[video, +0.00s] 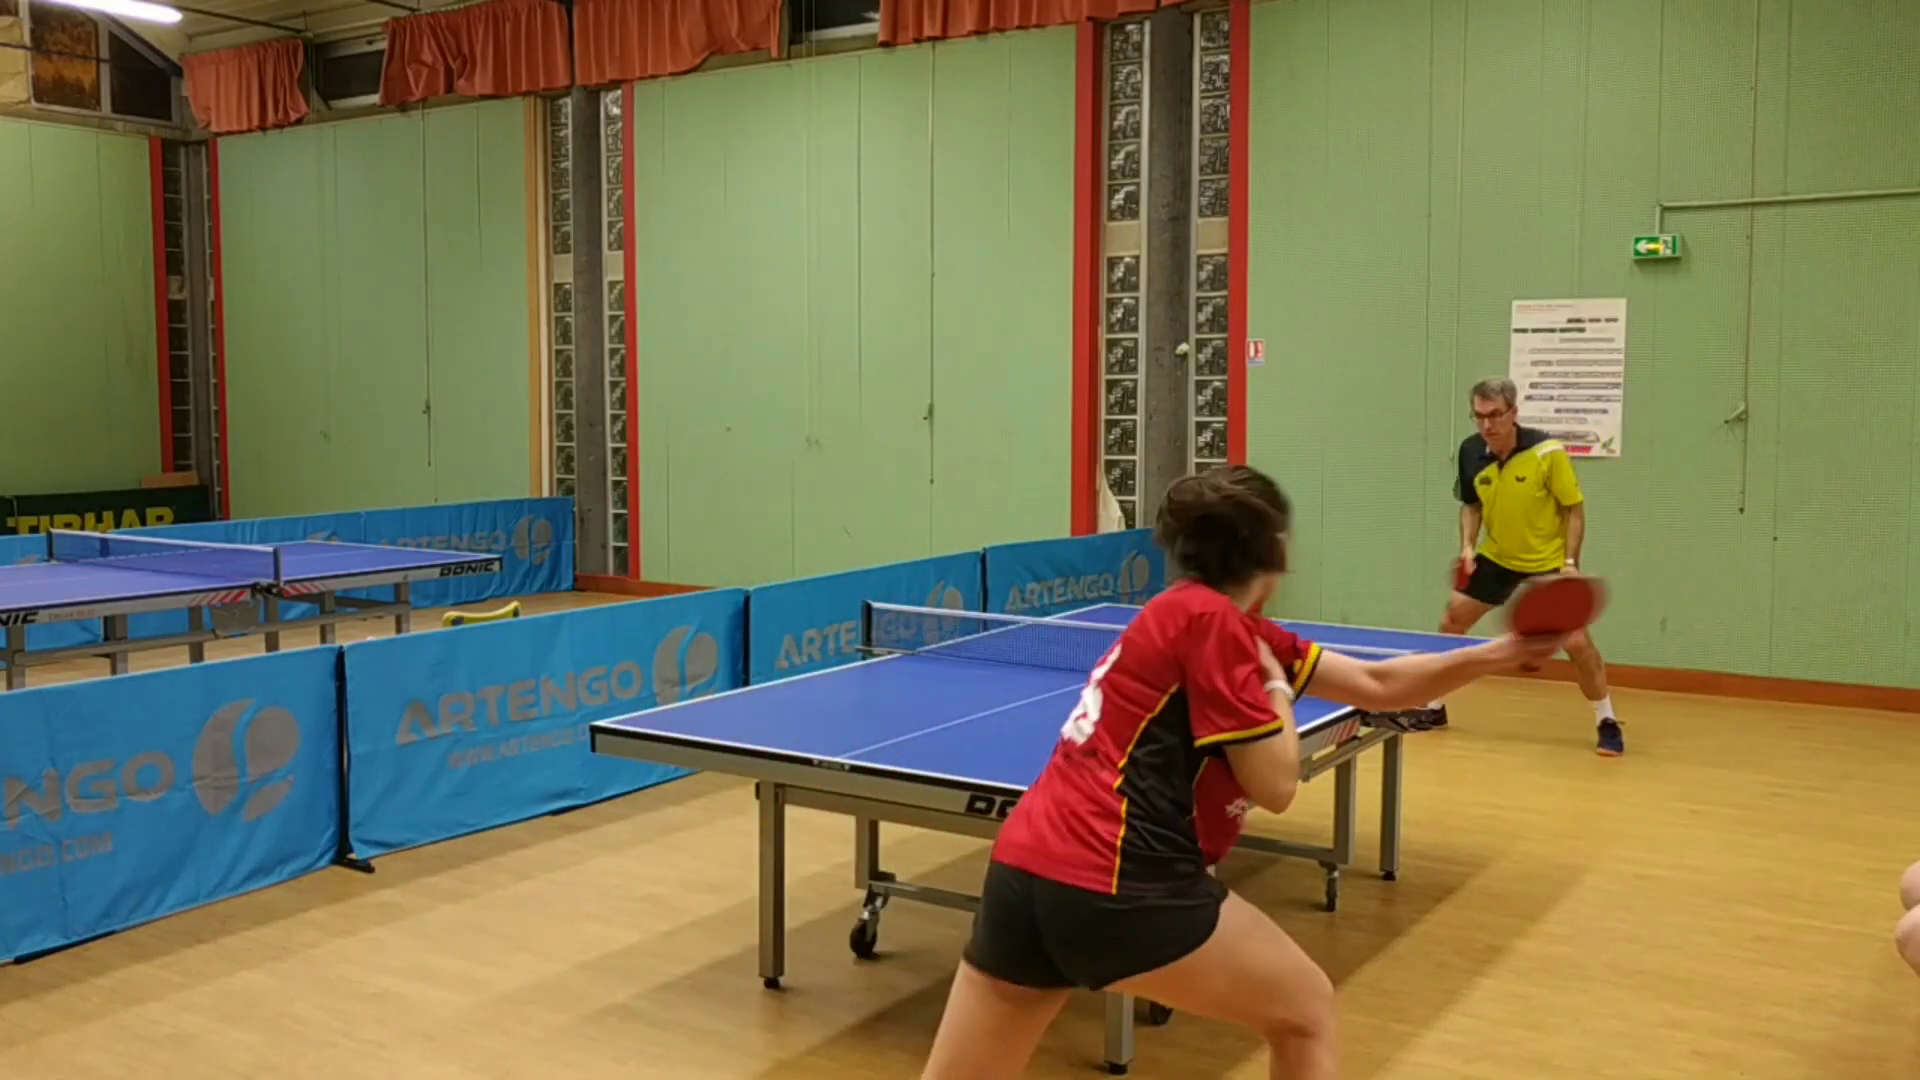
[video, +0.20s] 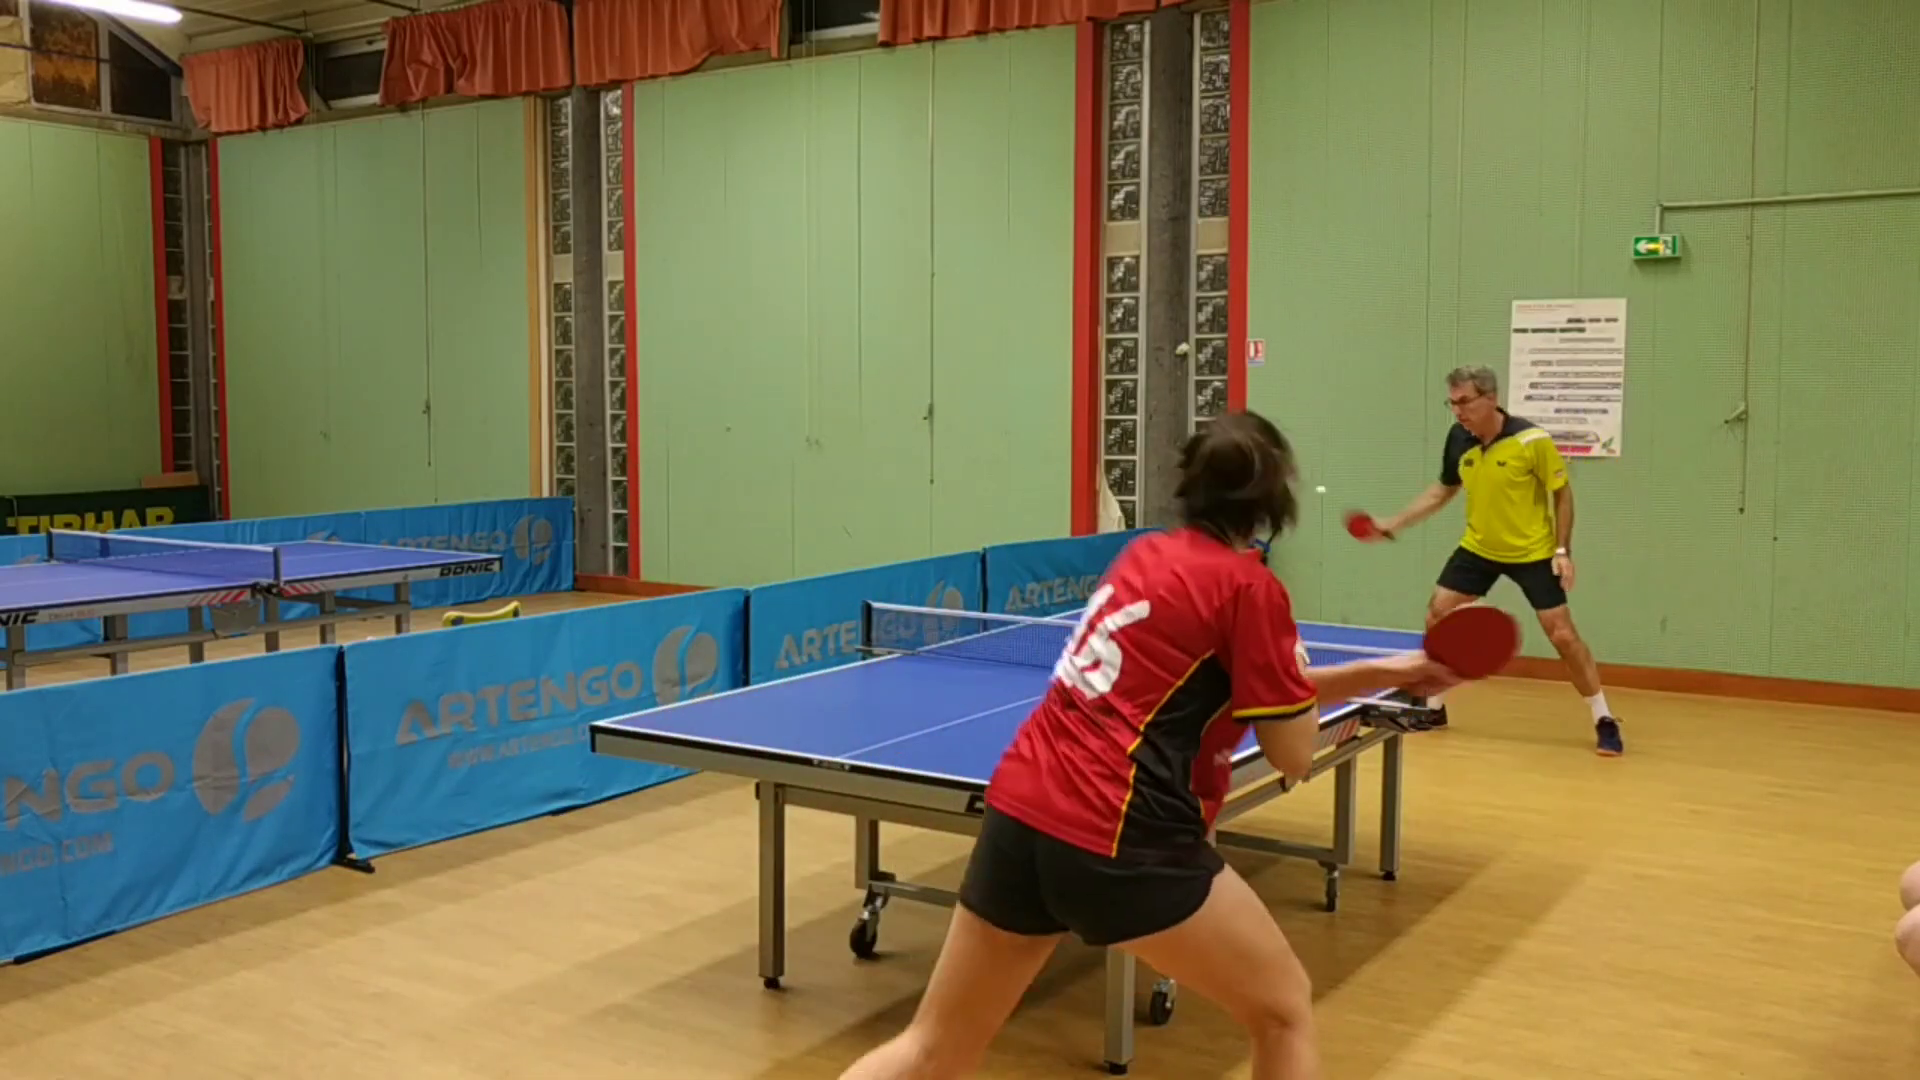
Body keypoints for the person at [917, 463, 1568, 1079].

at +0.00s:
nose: (1287, 550)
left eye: (1283, 535)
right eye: (1283, 537)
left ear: (1192, 548)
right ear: (1267, 549)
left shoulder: (1193, 612)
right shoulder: (1216, 626)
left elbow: (1378, 685)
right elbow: (1274, 787)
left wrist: (1499, 655)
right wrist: (1274, 693)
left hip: (1023, 877)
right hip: (1123, 890)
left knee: (954, 1074)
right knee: (1306, 1010)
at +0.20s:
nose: (1288, 494)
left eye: (1285, 479)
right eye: (1284, 481)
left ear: (1190, 484)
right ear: (1270, 496)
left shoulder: (1144, 554)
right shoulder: (1247, 586)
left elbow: (1254, 680)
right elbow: (1295, 759)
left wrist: (1393, 672)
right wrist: (1283, 701)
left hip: (1015, 818)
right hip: (1121, 844)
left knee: (932, 1046)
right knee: (1283, 1013)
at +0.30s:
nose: (1238, 470)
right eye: (1230, 456)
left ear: (1138, 458)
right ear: (1217, 473)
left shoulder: (1082, 526)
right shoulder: (1228, 569)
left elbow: (1142, 653)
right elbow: (1275, 725)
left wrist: (1278, 627)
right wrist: (1289, 642)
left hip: (994, 812)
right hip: (1116, 832)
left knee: (915, 1018)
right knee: (1250, 1021)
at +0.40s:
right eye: (1144, 417)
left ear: (1061, 431)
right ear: (1145, 438)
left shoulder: (998, 520)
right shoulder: (1171, 547)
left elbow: (1015, 622)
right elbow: (1250, 693)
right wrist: (1229, 606)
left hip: (962, 810)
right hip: (1088, 824)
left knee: (886, 1011)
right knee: (1215, 1000)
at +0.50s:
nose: (1087, 427)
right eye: (1084, 418)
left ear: (993, 435)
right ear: (1079, 432)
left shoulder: (940, 530)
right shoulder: (1132, 536)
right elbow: (1222, 672)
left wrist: (956, 613)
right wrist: (1170, 612)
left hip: (948, 815)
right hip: (1076, 822)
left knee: (855, 981)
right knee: (1192, 983)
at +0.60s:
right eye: (1038, 439)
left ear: (958, 455)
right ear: (1040, 452)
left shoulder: (915, 558)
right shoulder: (1106, 549)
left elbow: (858, 708)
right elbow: (1190, 673)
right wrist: (1124, 660)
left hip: (953, 842)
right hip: (1083, 845)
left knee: (850, 1010)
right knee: (1173, 998)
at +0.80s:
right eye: (1073, 465)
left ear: (990, 494)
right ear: (1069, 482)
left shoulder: (985, 591)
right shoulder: (1154, 559)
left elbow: (932, 736)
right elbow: (1241, 679)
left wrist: (827, 695)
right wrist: (1149, 666)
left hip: (1054, 846)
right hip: (1177, 843)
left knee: (903, 1026)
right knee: (1233, 1007)